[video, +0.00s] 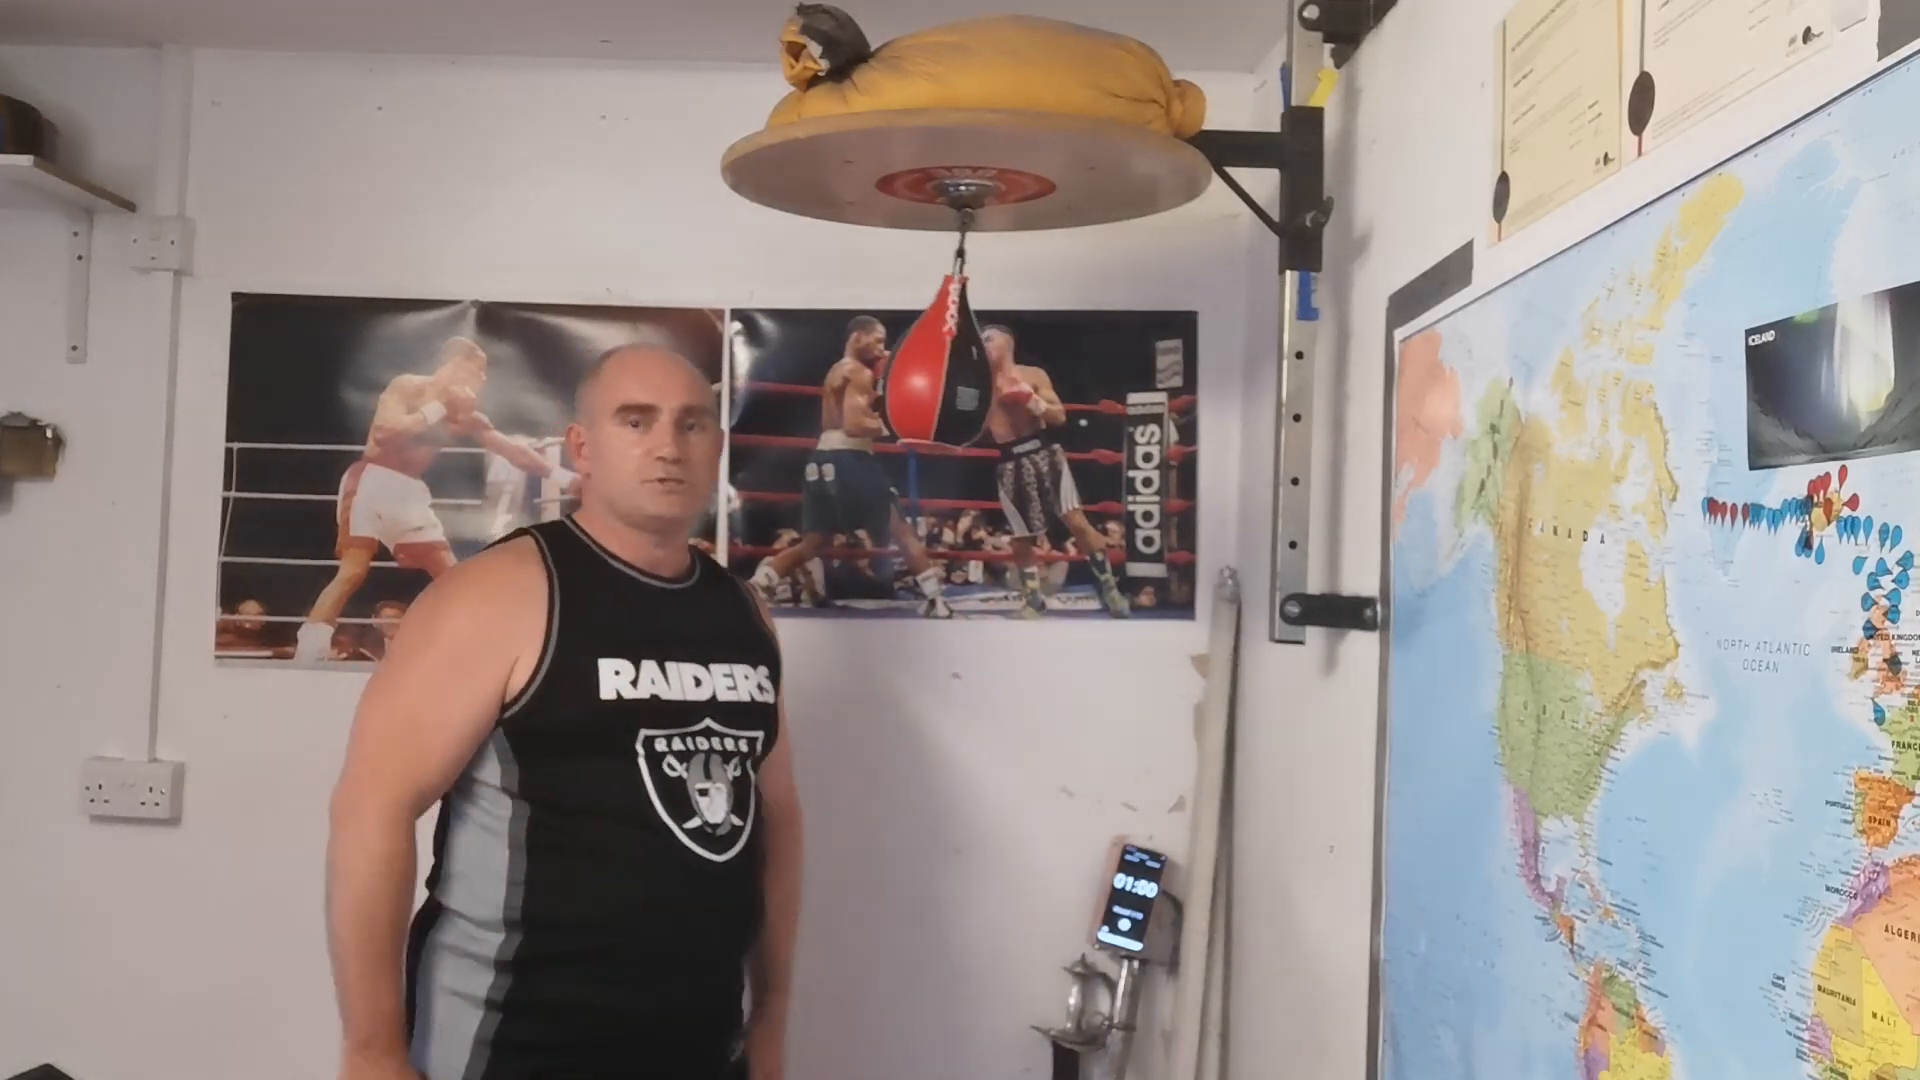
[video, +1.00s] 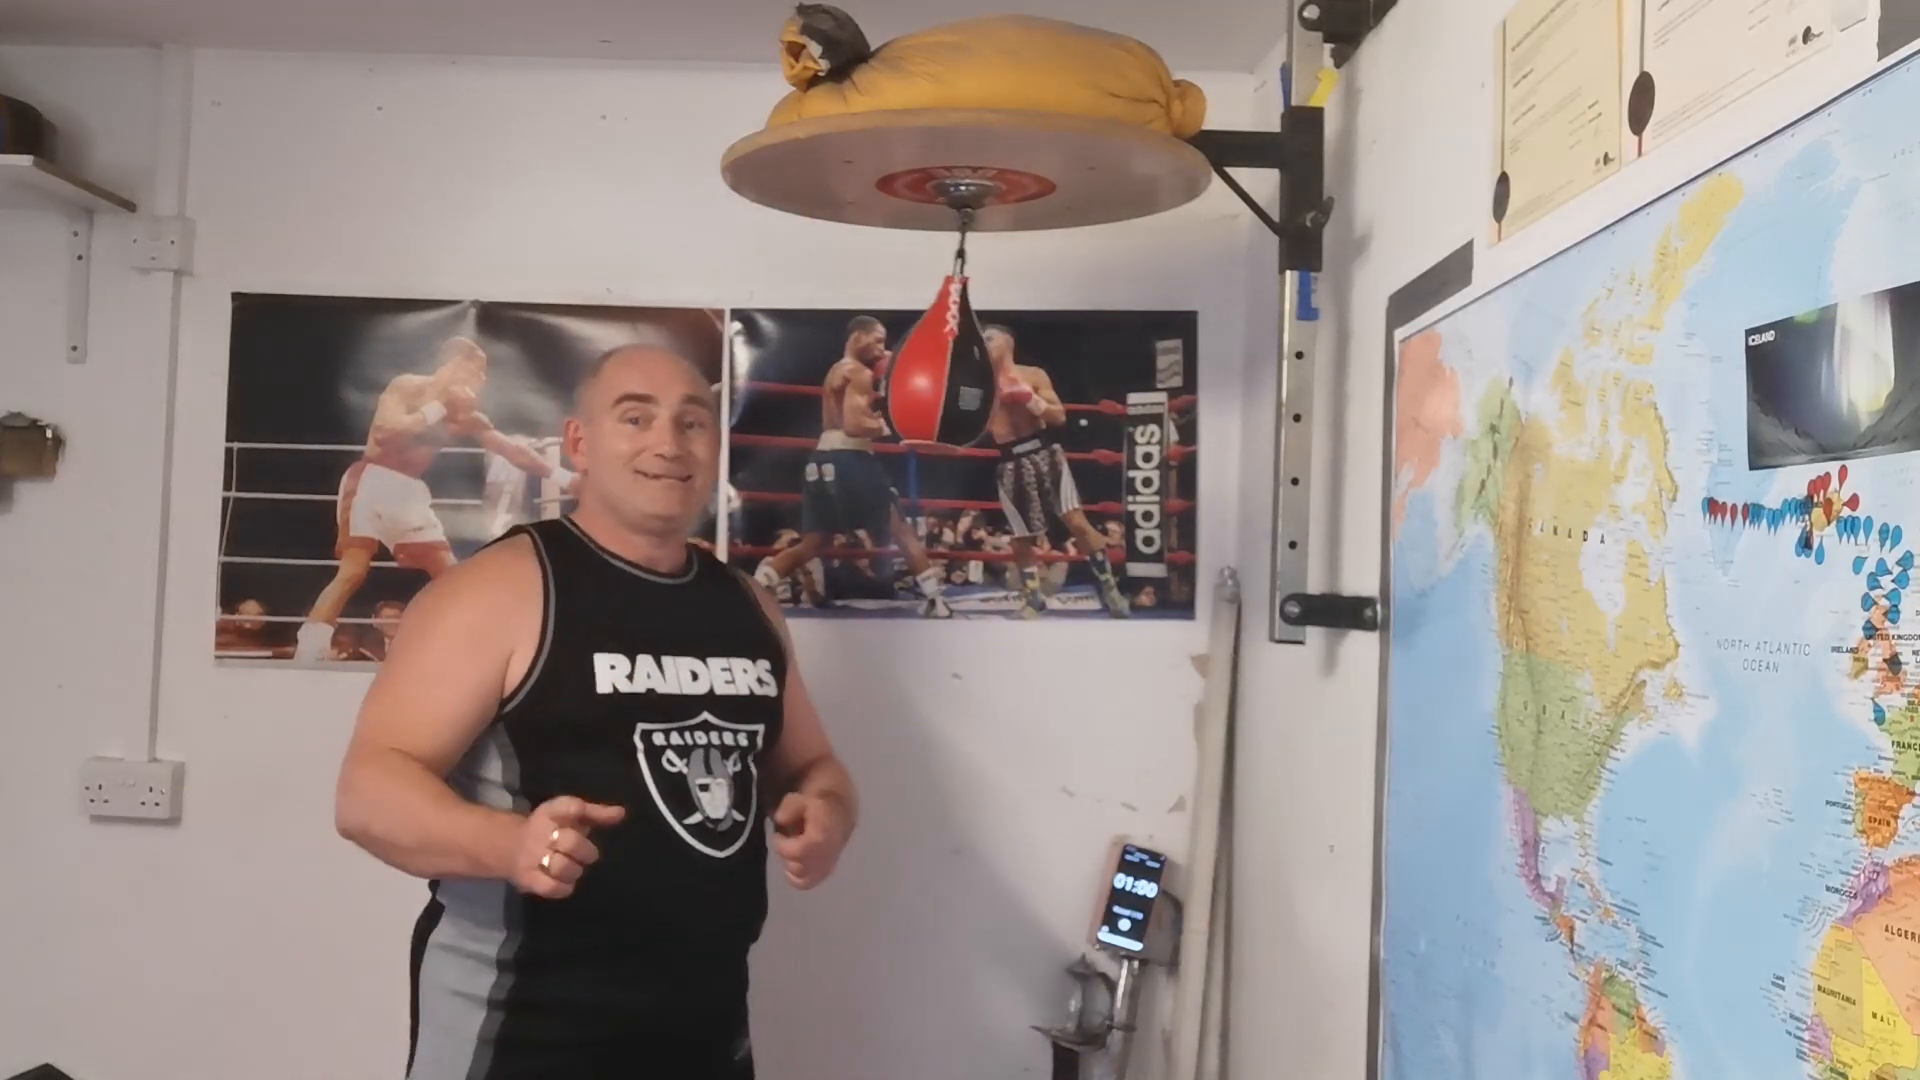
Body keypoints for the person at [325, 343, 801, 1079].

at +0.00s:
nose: (670, 445)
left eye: (694, 421)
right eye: (637, 419)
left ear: (717, 449)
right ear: (580, 448)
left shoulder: (737, 610)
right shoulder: (492, 595)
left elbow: (774, 816)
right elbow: (370, 806)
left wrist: (768, 1020)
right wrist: (373, 1047)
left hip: (693, 1037)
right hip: (513, 1039)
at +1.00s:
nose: (668, 443)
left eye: (691, 421)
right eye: (634, 417)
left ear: (715, 453)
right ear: (577, 444)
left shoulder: (744, 606)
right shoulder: (495, 590)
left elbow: (813, 765)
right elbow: (369, 789)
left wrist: (824, 814)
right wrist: (506, 843)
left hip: (699, 1018)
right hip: (522, 1022)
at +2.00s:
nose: (679, 451)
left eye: (702, 426)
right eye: (647, 422)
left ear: (727, 453)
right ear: (588, 444)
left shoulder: (750, 607)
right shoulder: (506, 588)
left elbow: (814, 764)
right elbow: (375, 788)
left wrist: (830, 812)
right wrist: (518, 832)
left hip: (702, 1017)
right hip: (525, 1020)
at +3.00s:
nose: (702, 453)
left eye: (725, 431)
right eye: (669, 424)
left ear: (746, 458)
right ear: (608, 447)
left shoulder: (753, 609)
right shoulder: (519, 591)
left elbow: (787, 807)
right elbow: (382, 798)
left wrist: (794, 1001)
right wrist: (398, 1037)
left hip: (707, 1037)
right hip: (529, 1041)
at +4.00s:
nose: (680, 442)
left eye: (701, 420)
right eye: (647, 415)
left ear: (725, 450)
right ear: (587, 444)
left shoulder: (748, 608)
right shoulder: (502, 593)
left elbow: (809, 778)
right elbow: (375, 790)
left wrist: (814, 856)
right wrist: (507, 878)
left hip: (709, 1026)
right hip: (532, 1030)